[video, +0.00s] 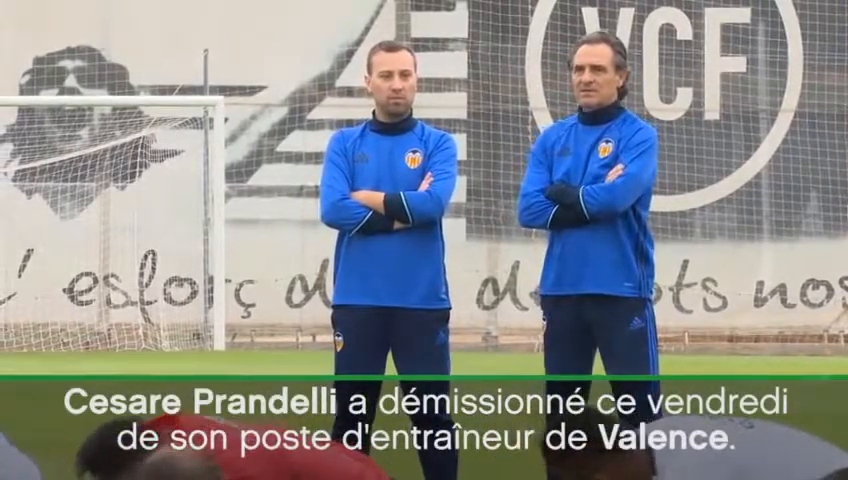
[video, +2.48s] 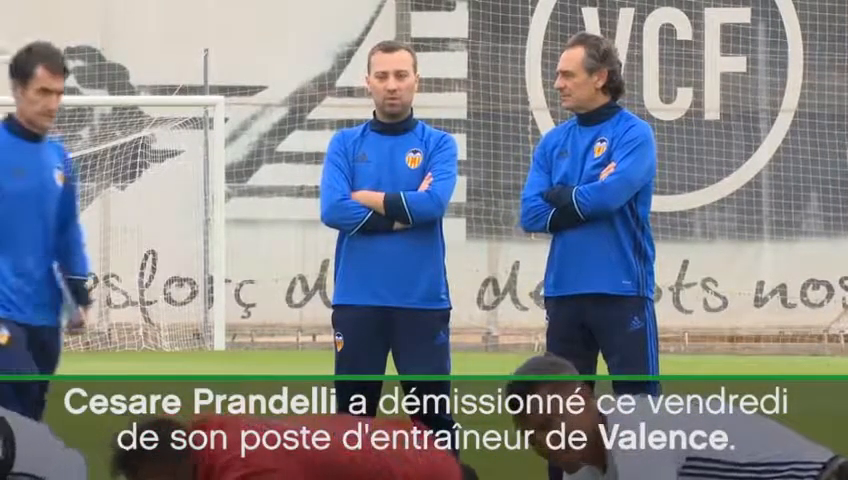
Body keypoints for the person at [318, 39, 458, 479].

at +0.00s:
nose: (397, 84)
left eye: (405, 75)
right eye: (386, 76)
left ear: (417, 82)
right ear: (369, 84)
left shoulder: (438, 142)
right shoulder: (344, 142)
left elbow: (432, 206)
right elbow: (333, 210)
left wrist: (362, 196)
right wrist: (405, 212)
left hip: (422, 302)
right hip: (357, 301)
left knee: (432, 416)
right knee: (351, 418)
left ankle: (442, 479)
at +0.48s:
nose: (398, 84)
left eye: (406, 75)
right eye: (388, 75)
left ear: (418, 82)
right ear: (369, 83)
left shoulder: (440, 142)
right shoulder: (345, 142)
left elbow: (434, 205)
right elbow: (334, 210)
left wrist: (363, 196)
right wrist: (407, 212)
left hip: (423, 301)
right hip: (358, 301)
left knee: (433, 416)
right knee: (352, 418)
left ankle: (442, 479)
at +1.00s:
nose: (397, 84)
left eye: (405, 75)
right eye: (387, 76)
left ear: (417, 82)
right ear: (369, 83)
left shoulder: (439, 143)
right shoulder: (345, 142)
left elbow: (433, 207)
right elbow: (334, 211)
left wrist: (360, 196)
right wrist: (407, 212)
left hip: (423, 301)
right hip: (358, 301)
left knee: (434, 417)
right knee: (352, 419)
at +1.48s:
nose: (396, 84)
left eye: (405, 75)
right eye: (386, 76)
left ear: (417, 82)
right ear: (369, 83)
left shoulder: (439, 143)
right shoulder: (345, 142)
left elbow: (433, 206)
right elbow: (333, 211)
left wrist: (361, 196)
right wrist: (406, 213)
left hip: (423, 302)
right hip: (358, 301)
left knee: (434, 417)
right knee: (352, 418)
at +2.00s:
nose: (393, 85)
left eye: (402, 76)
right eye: (384, 76)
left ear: (417, 82)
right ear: (369, 83)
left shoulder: (439, 143)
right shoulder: (345, 142)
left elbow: (433, 206)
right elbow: (333, 210)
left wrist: (363, 196)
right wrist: (406, 213)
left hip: (422, 301)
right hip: (358, 301)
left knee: (433, 415)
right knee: (352, 417)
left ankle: (443, 479)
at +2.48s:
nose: (392, 85)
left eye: (401, 76)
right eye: (382, 76)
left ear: (416, 82)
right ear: (368, 84)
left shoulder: (439, 143)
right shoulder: (344, 142)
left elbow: (432, 206)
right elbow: (332, 209)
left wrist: (362, 196)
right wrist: (403, 214)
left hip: (422, 301)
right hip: (358, 301)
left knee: (432, 416)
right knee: (353, 417)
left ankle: (443, 478)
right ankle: (352, 478)